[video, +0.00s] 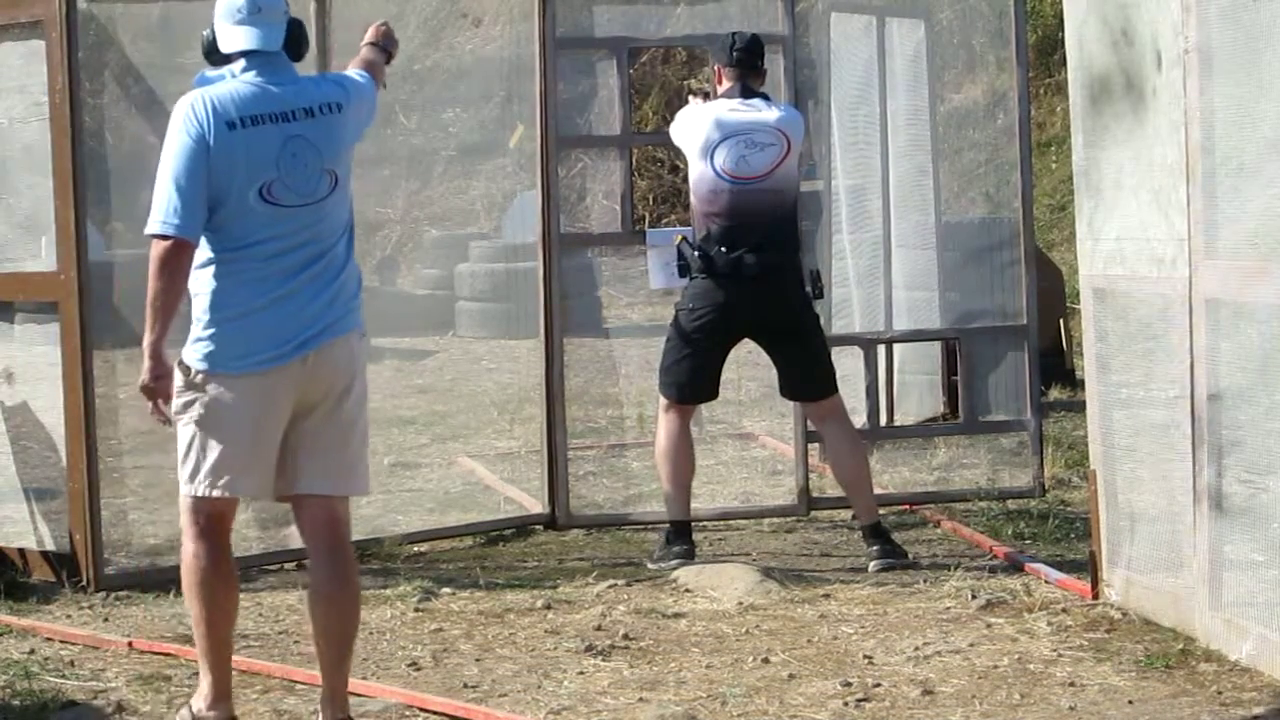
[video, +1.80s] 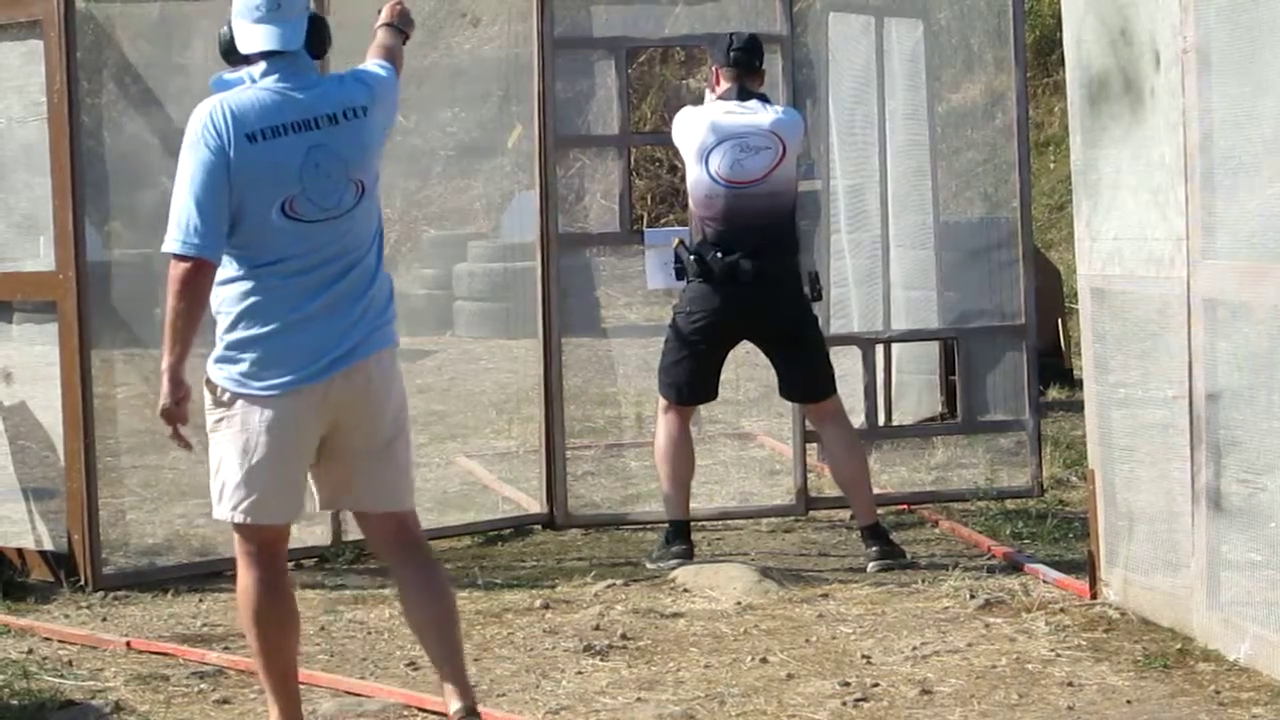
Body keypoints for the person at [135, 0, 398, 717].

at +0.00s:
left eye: (221, 46)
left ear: (216, 48)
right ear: (290, 42)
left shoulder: (200, 112)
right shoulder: (334, 99)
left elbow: (172, 244)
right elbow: (365, 78)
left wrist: (153, 347)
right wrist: (376, 48)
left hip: (233, 348)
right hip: (334, 337)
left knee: (206, 526)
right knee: (328, 527)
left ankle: (214, 698)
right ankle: (337, 705)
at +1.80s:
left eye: (230, 52)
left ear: (235, 53)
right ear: (316, 42)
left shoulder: (219, 120)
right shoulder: (362, 99)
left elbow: (193, 263)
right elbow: (384, 60)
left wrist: (172, 369)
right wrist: (392, 28)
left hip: (263, 373)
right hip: (366, 356)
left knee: (262, 553)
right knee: (400, 535)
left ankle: (286, 711)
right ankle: (462, 697)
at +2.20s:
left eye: (322, 47)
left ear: (324, 52)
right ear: (403, 42)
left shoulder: (317, 123)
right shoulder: (453, 100)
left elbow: (299, 268)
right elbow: (462, 65)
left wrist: (280, 376)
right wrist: (462, 33)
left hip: (354, 367)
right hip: (455, 356)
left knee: (313, 545)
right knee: (461, 551)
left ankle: (298, 709)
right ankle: (476, 713)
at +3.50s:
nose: (378, 62)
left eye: (380, 48)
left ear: (387, 49)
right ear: (469, 41)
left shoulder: (366, 119)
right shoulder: (524, 101)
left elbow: (334, 269)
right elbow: (548, 69)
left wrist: (311, 383)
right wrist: (551, 32)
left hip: (409, 388)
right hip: (518, 375)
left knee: (400, 583)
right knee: (536, 565)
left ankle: (410, 714)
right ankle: (599, 710)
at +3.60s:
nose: (403, 66)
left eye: (405, 52)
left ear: (413, 52)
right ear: (496, 46)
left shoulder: (395, 122)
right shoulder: (548, 102)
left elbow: (364, 275)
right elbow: (558, 73)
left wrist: (340, 388)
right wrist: (553, 38)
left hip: (435, 394)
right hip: (546, 379)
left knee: (412, 586)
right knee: (567, 578)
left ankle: (416, 713)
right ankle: (629, 713)